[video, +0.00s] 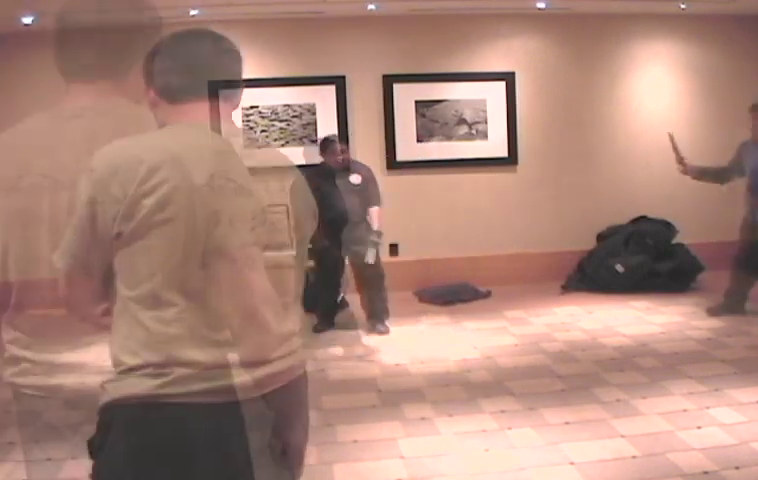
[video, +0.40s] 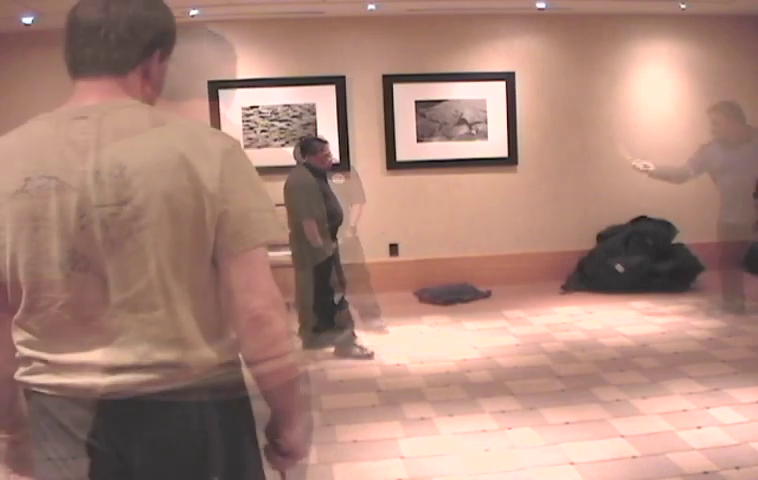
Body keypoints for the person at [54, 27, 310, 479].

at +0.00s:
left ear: (154, 94)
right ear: (232, 98)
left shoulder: (117, 164)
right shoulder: (277, 170)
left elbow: (83, 298)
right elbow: (284, 307)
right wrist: (292, 425)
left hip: (146, 426)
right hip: (251, 420)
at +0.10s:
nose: (147, 99)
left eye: (148, 87)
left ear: (156, 91)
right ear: (235, 94)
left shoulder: (122, 161)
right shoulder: (264, 166)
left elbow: (90, 295)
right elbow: (259, 304)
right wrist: (292, 415)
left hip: (147, 416)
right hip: (236, 412)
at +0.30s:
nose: (159, 74)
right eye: (160, 60)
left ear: (67, 58)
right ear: (152, 61)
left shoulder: (9, 152)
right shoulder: (196, 151)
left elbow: (7, 311)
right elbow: (255, 309)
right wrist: (288, 417)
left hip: (53, 407)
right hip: (178, 410)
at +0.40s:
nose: (166, 76)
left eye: (167, 63)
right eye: (167, 62)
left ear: (73, 56)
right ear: (153, 63)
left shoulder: (9, 156)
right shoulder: (210, 152)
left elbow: (4, 322)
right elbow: (258, 312)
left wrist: (13, 429)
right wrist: (289, 418)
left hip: (62, 427)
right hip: (195, 424)